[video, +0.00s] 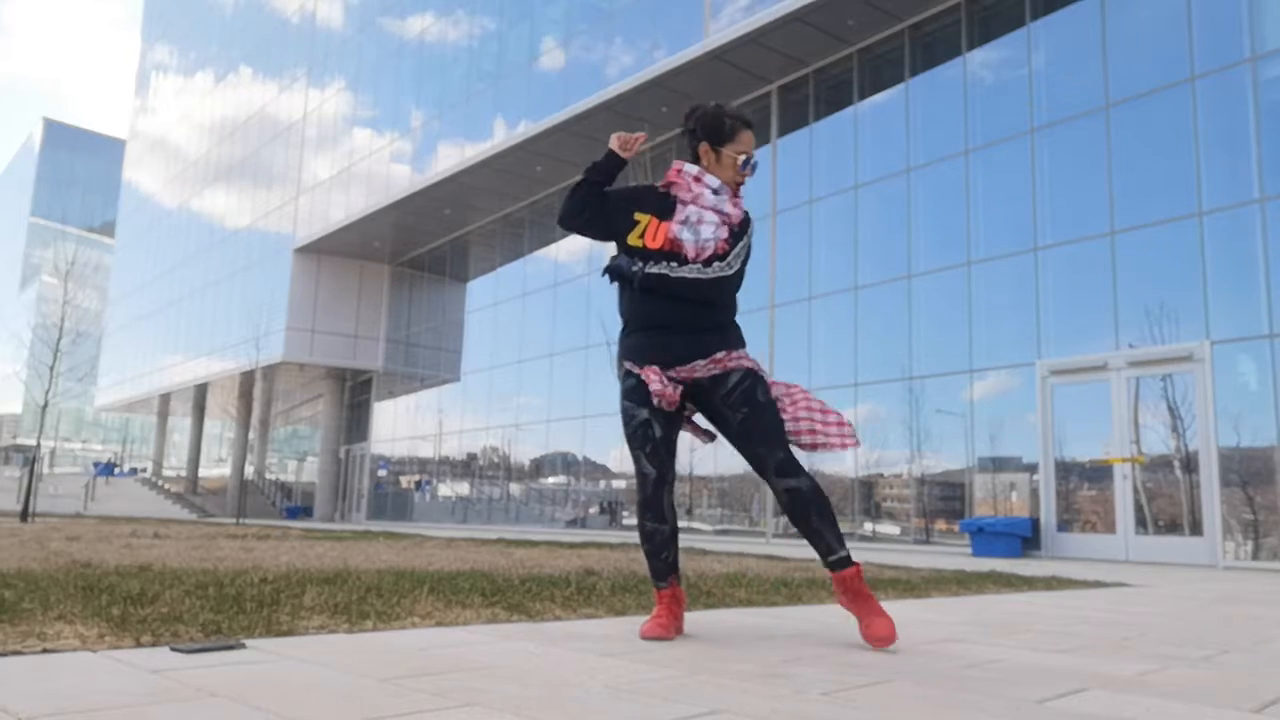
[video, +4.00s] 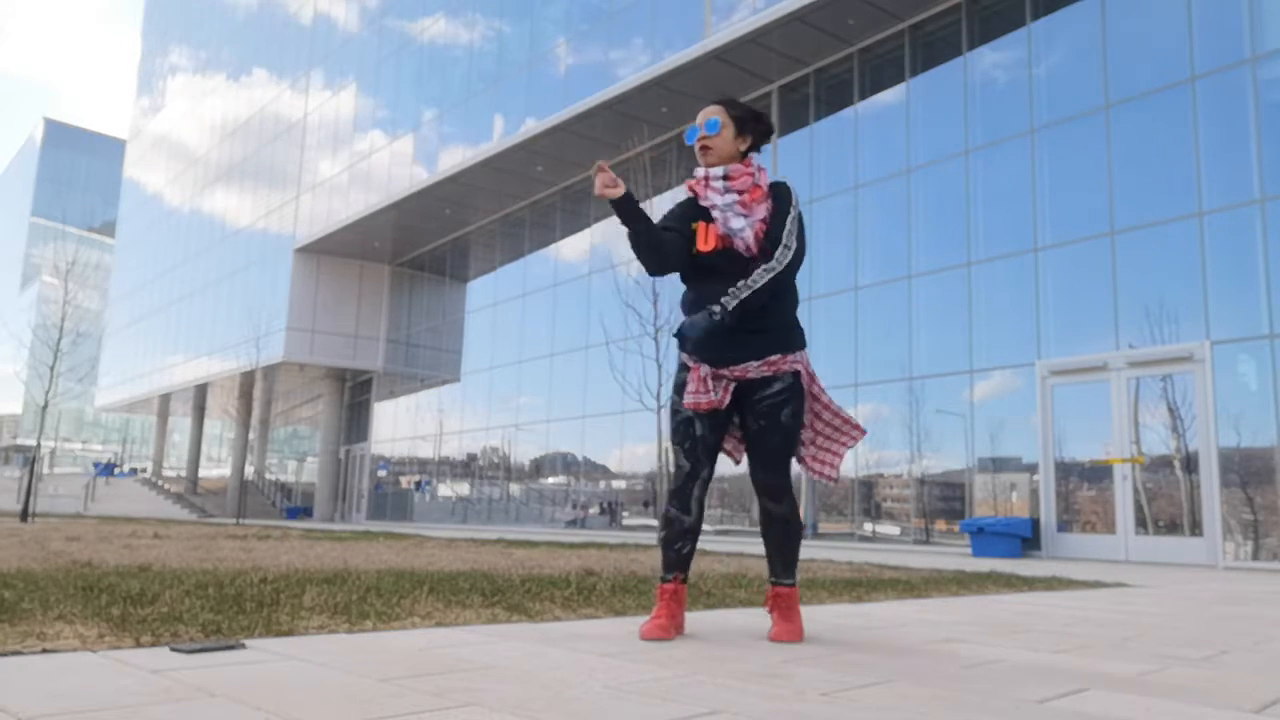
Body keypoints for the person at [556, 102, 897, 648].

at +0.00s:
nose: (748, 170)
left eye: (750, 160)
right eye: (741, 159)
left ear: (728, 159)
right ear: (705, 153)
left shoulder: (737, 222)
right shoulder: (644, 205)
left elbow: (719, 276)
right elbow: (573, 215)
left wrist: (628, 263)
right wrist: (612, 161)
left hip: (719, 357)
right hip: (648, 361)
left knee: (781, 467)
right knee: (653, 482)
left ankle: (849, 582)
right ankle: (668, 599)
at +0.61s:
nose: (705, 163)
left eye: (716, 155)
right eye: (693, 152)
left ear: (725, 165)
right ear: (671, 161)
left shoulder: (729, 225)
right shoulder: (637, 218)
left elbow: (721, 284)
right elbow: (574, 231)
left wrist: (632, 279)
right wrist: (611, 176)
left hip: (707, 367)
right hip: (637, 370)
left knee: (747, 472)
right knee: (643, 485)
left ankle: (787, 579)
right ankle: (665, 600)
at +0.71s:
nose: (697, 160)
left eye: (708, 153)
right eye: (684, 151)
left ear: (718, 162)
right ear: (664, 160)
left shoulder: (729, 220)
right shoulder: (637, 219)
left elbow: (721, 277)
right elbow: (573, 232)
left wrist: (637, 278)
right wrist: (611, 177)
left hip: (704, 367)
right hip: (636, 367)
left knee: (707, 469)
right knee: (641, 484)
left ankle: (725, 564)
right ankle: (664, 599)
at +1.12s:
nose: (683, 153)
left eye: (692, 144)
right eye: (669, 145)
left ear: (704, 155)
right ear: (650, 157)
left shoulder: (719, 213)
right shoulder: (626, 219)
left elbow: (719, 270)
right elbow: (562, 237)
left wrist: (631, 272)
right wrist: (593, 180)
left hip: (711, 358)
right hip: (642, 362)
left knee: (764, 458)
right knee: (648, 479)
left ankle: (791, 570)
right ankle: (665, 600)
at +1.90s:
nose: (687, 157)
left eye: (698, 148)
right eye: (674, 148)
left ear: (709, 159)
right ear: (654, 160)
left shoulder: (717, 216)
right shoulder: (628, 221)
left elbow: (713, 271)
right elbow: (566, 235)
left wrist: (628, 278)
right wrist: (601, 180)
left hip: (710, 365)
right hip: (644, 371)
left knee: (724, 468)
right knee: (648, 482)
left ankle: (785, 572)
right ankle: (666, 601)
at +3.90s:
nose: (689, 134)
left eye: (701, 124)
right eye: (685, 127)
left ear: (734, 137)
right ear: (683, 142)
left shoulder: (762, 192)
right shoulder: (675, 203)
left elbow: (763, 256)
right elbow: (630, 251)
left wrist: (681, 283)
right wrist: (618, 184)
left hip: (754, 359)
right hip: (686, 363)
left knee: (758, 479)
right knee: (678, 478)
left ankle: (780, 596)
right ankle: (669, 599)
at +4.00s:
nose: (700, 138)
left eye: (713, 128)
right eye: (696, 131)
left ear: (746, 140)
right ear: (695, 146)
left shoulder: (776, 196)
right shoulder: (691, 207)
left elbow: (782, 263)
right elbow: (657, 258)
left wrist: (717, 313)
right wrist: (624, 202)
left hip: (771, 359)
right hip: (704, 362)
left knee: (773, 481)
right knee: (689, 473)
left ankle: (784, 601)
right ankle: (671, 599)